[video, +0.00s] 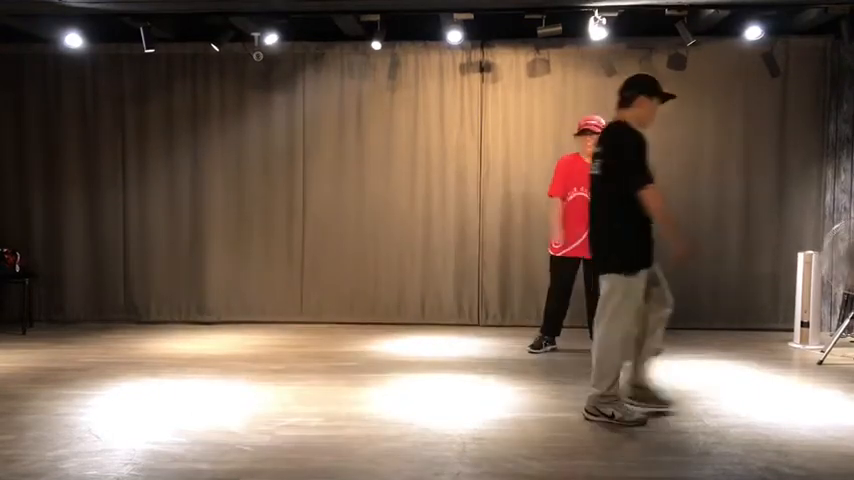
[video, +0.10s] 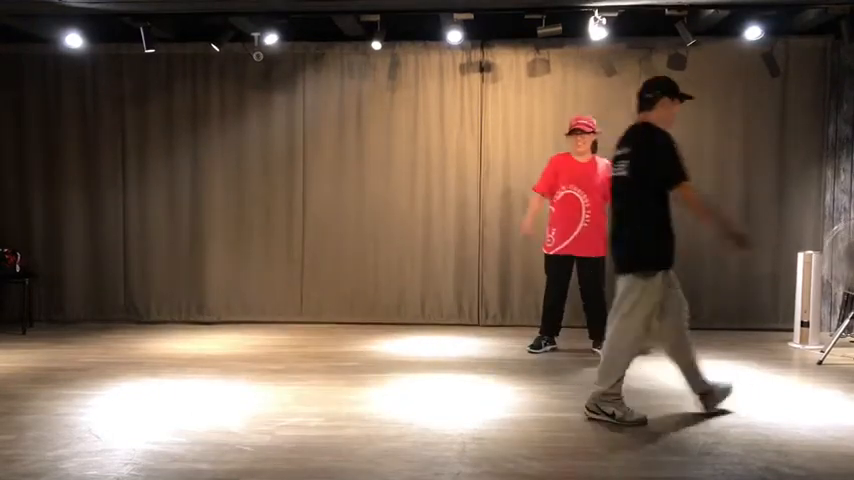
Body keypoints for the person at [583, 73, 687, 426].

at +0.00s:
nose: (657, 112)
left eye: (658, 105)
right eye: (655, 105)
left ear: (630, 102)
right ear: (639, 102)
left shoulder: (613, 136)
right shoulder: (627, 137)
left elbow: (611, 198)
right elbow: (646, 193)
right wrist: (676, 238)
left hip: (626, 250)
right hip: (623, 252)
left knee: (658, 307)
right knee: (616, 323)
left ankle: (636, 384)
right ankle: (601, 398)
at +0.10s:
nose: (677, 112)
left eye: (678, 106)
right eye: (675, 105)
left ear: (648, 104)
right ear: (662, 103)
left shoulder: (630, 138)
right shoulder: (655, 139)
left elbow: (617, 198)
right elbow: (685, 193)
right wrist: (726, 228)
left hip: (638, 250)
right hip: (645, 252)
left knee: (674, 321)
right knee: (627, 327)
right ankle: (604, 398)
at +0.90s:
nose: (796, 115)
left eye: (794, 110)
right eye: (796, 110)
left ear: (765, 111)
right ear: (794, 110)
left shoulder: (743, 145)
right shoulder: (806, 147)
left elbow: (737, 197)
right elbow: (821, 203)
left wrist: (747, 238)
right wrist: (832, 243)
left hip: (757, 247)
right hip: (799, 247)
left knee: (755, 309)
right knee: (806, 319)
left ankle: (758, 354)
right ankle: (806, 384)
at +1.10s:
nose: (796, 118)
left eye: (792, 114)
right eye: (796, 113)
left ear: (766, 116)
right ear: (796, 113)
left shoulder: (751, 151)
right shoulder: (817, 145)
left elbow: (731, 199)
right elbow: (844, 191)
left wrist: (718, 237)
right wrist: (852, 219)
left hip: (766, 248)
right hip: (808, 246)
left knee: (771, 308)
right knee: (808, 313)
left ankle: (784, 365)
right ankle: (807, 383)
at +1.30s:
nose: (790, 123)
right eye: (789, 119)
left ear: (758, 123)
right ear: (787, 120)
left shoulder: (747, 157)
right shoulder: (809, 149)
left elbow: (730, 202)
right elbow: (835, 189)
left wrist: (716, 238)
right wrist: (849, 221)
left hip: (768, 248)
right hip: (809, 243)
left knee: (776, 305)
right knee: (810, 309)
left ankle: (785, 355)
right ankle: (810, 377)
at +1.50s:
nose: (743, 125)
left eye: (742, 121)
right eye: (745, 121)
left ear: (745, 121)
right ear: (775, 118)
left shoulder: (738, 153)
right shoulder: (797, 147)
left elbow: (733, 202)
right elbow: (813, 194)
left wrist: (734, 238)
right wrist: (821, 232)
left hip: (758, 238)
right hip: (794, 235)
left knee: (768, 301)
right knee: (799, 290)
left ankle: (782, 355)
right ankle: (808, 334)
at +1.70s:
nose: (730, 126)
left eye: (730, 121)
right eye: (729, 122)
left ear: (738, 120)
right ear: (759, 120)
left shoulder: (728, 151)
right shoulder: (781, 150)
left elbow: (716, 193)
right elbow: (787, 196)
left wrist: (735, 211)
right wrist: (785, 234)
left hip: (743, 233)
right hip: (773, 231)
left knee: (757, 298)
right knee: (762, 288)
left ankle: (780, 352)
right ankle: (753, 336)